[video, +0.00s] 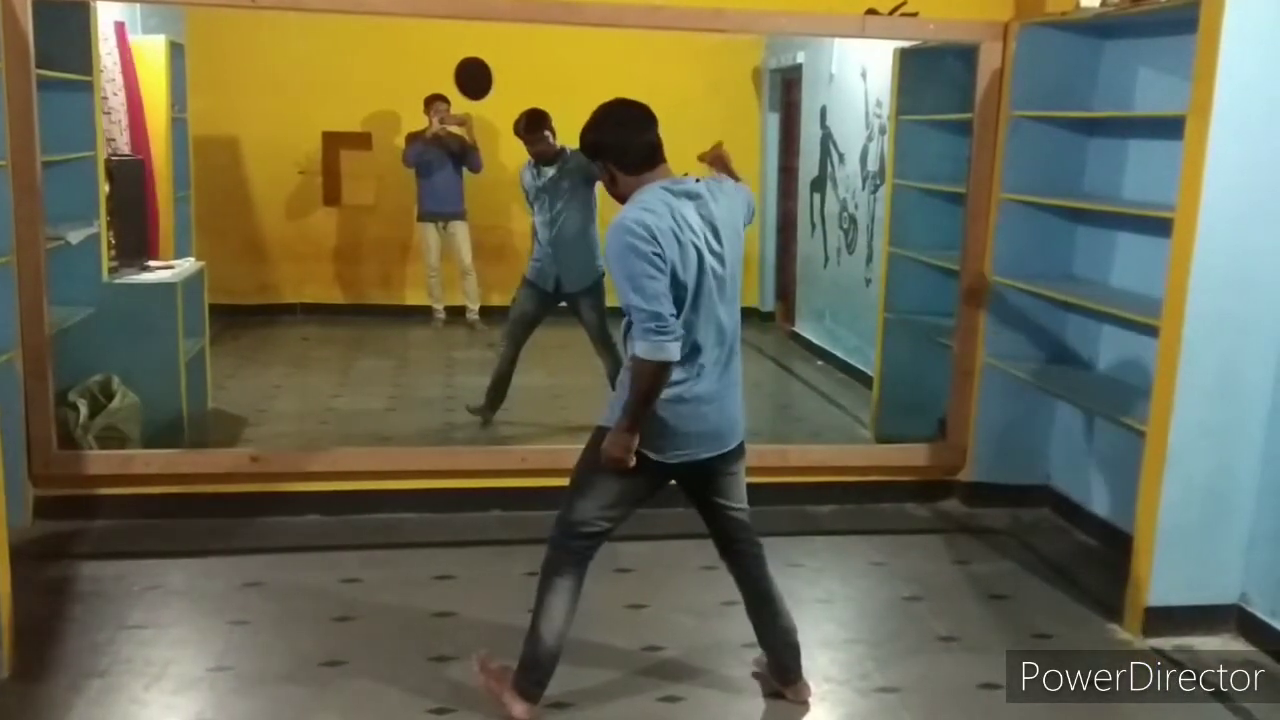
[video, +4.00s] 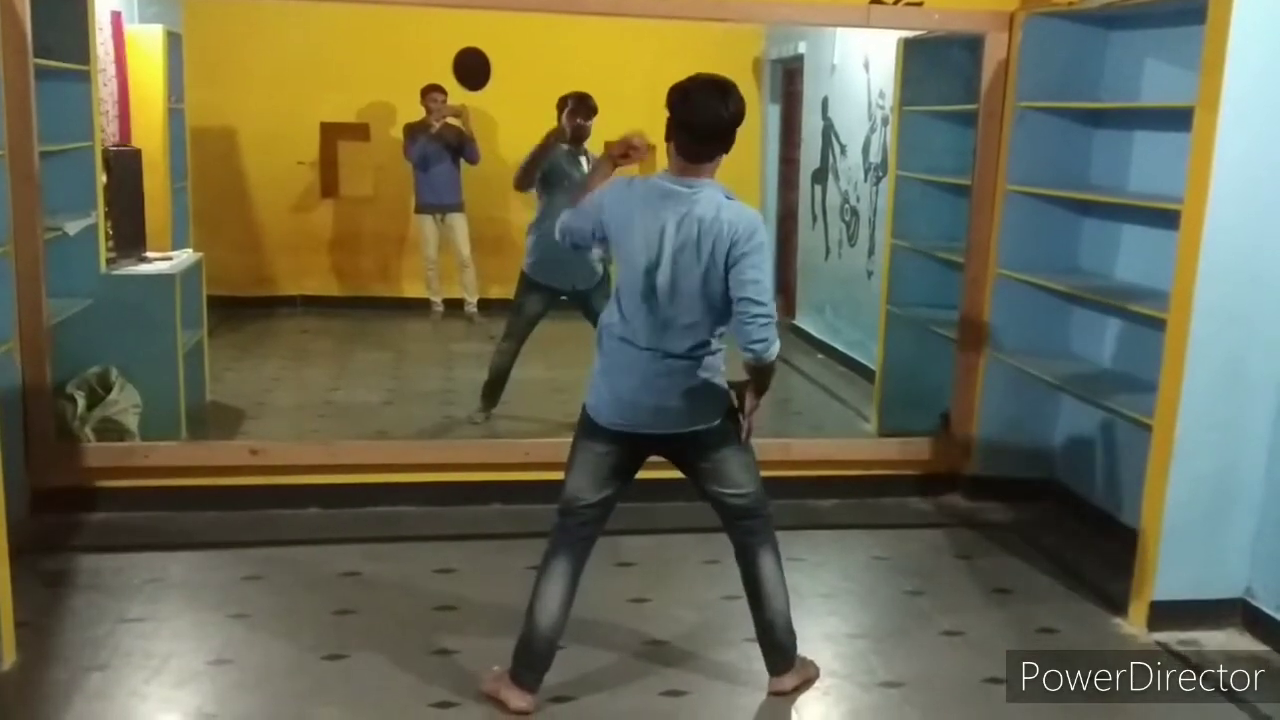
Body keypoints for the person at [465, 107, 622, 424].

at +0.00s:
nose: (533, 150)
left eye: (536, 143)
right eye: (528, 145)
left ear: (551, 135)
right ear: (523, 143)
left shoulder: (578, 162)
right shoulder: (528, 174)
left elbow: (612, 169)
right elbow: (539, 216)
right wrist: (543, 255)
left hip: (582, 270)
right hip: (542, 270)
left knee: (600, 339)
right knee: (512, 337)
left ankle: (628, 402)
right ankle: (490, 407)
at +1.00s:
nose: (545, 136)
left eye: (551, 129)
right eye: (538, 129)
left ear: (562, 130)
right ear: (529, 132)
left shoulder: (585, 173)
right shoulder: (519, 172)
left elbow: (601, 218)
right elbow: (512, 216)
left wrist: (597, 260)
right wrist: (511, 254)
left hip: (579, 274)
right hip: (537, 273)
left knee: (598, 343)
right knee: (507, 344)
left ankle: (597, 409)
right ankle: (486, 412)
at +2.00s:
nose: (526, 134)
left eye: (533, 127)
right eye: (522, 127)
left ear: (548, 127)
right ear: (516, 129)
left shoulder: (569, 159)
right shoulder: (508, 165)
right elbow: (503, 217)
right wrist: (505, 261)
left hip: (569, 274)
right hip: (528, 273)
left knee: (591, 344)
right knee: (499, 343)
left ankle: (587, 407)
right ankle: (486, 410)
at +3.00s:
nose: (538, 132)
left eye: (544, 126)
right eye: (531, 126)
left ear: (554, 128)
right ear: (520, 130)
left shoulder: (578, 165)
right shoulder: (512, 171)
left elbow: (597, 212)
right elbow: (513, 222)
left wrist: (595, 256)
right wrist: (522, 264)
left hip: (584, 266)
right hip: (543, 268)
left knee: (610, 336)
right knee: (515, 341)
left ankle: (611, 403)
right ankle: (489, 412)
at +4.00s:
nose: (582, 123)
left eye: (588, 117)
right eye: (576, 116)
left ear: (594, 121)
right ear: (561, 116)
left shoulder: (594, 162)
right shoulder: (549, 154)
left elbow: (603, 204)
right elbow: (521, 184)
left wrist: (611, 164)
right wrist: (551, 141)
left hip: (589, 269)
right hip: (545, 267)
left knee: (622, 340)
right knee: (511, 340)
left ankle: (628, 418)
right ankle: (486, 406)